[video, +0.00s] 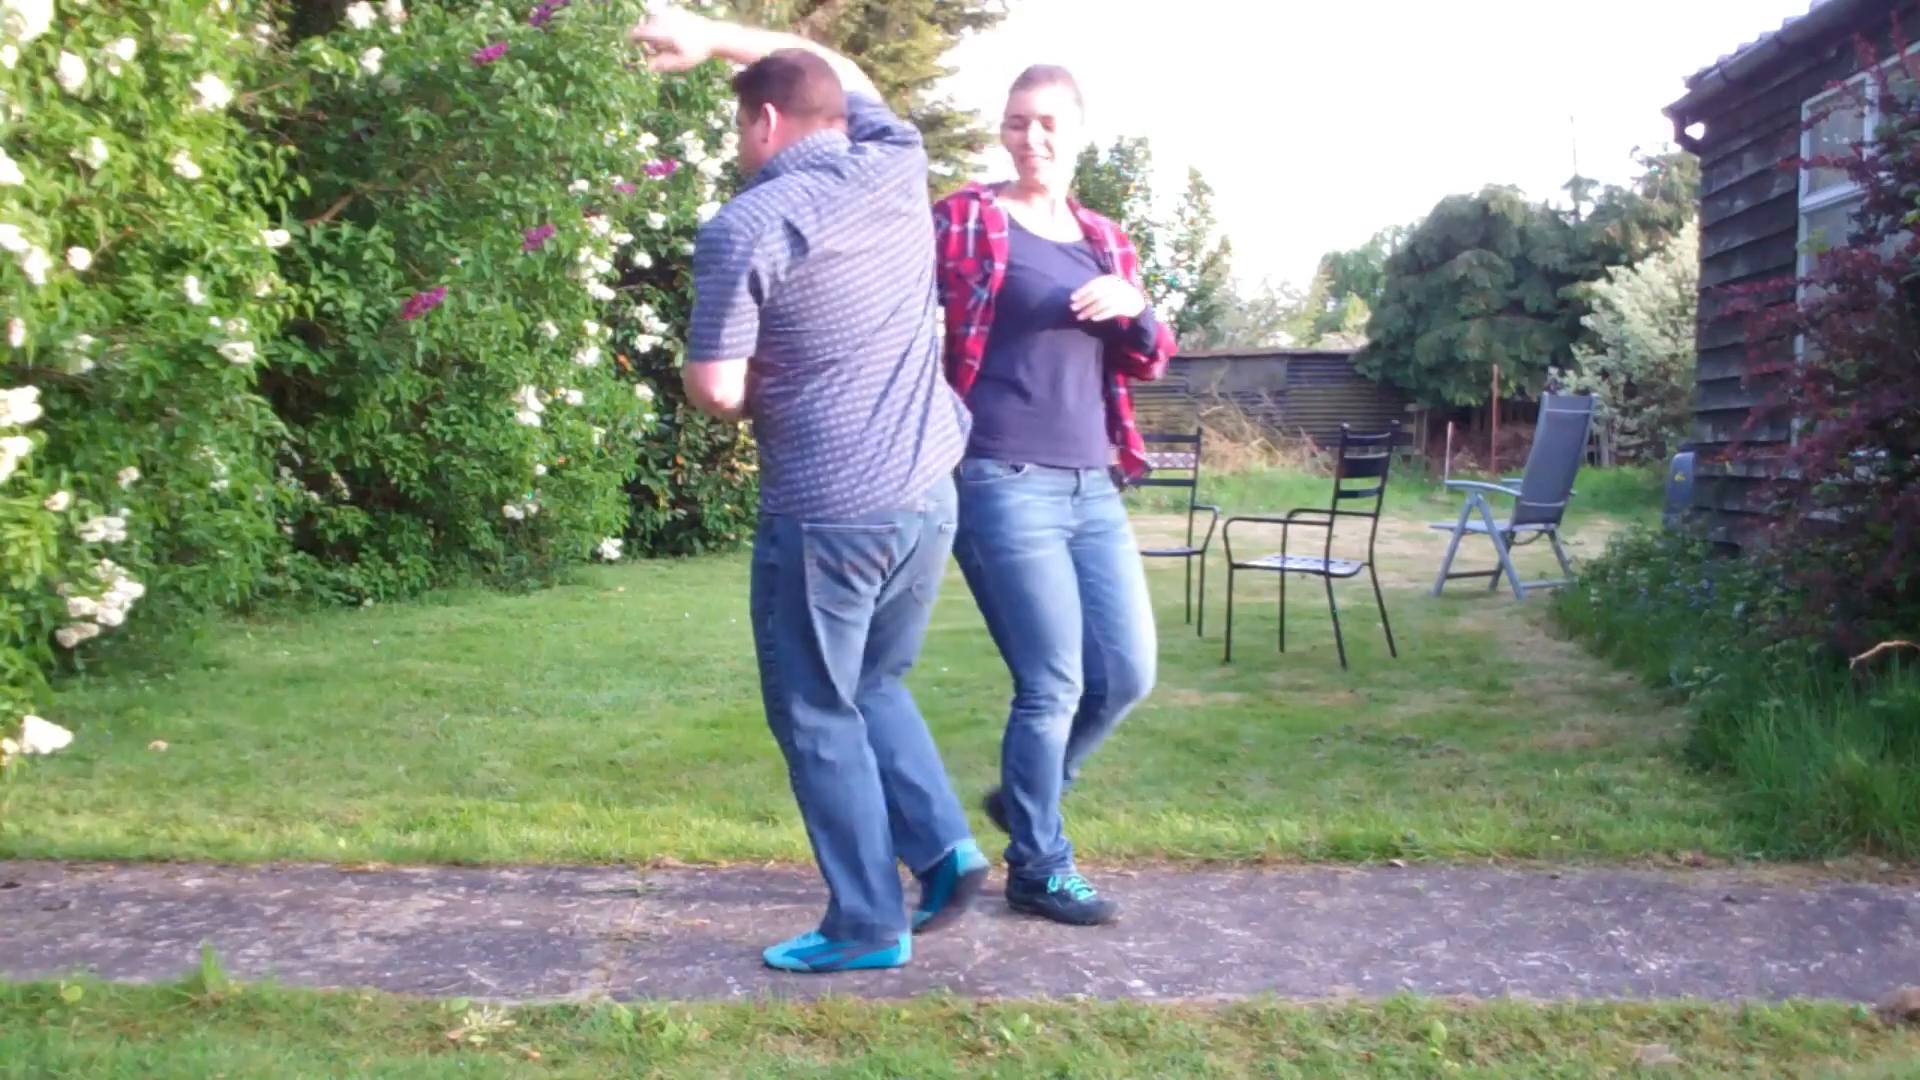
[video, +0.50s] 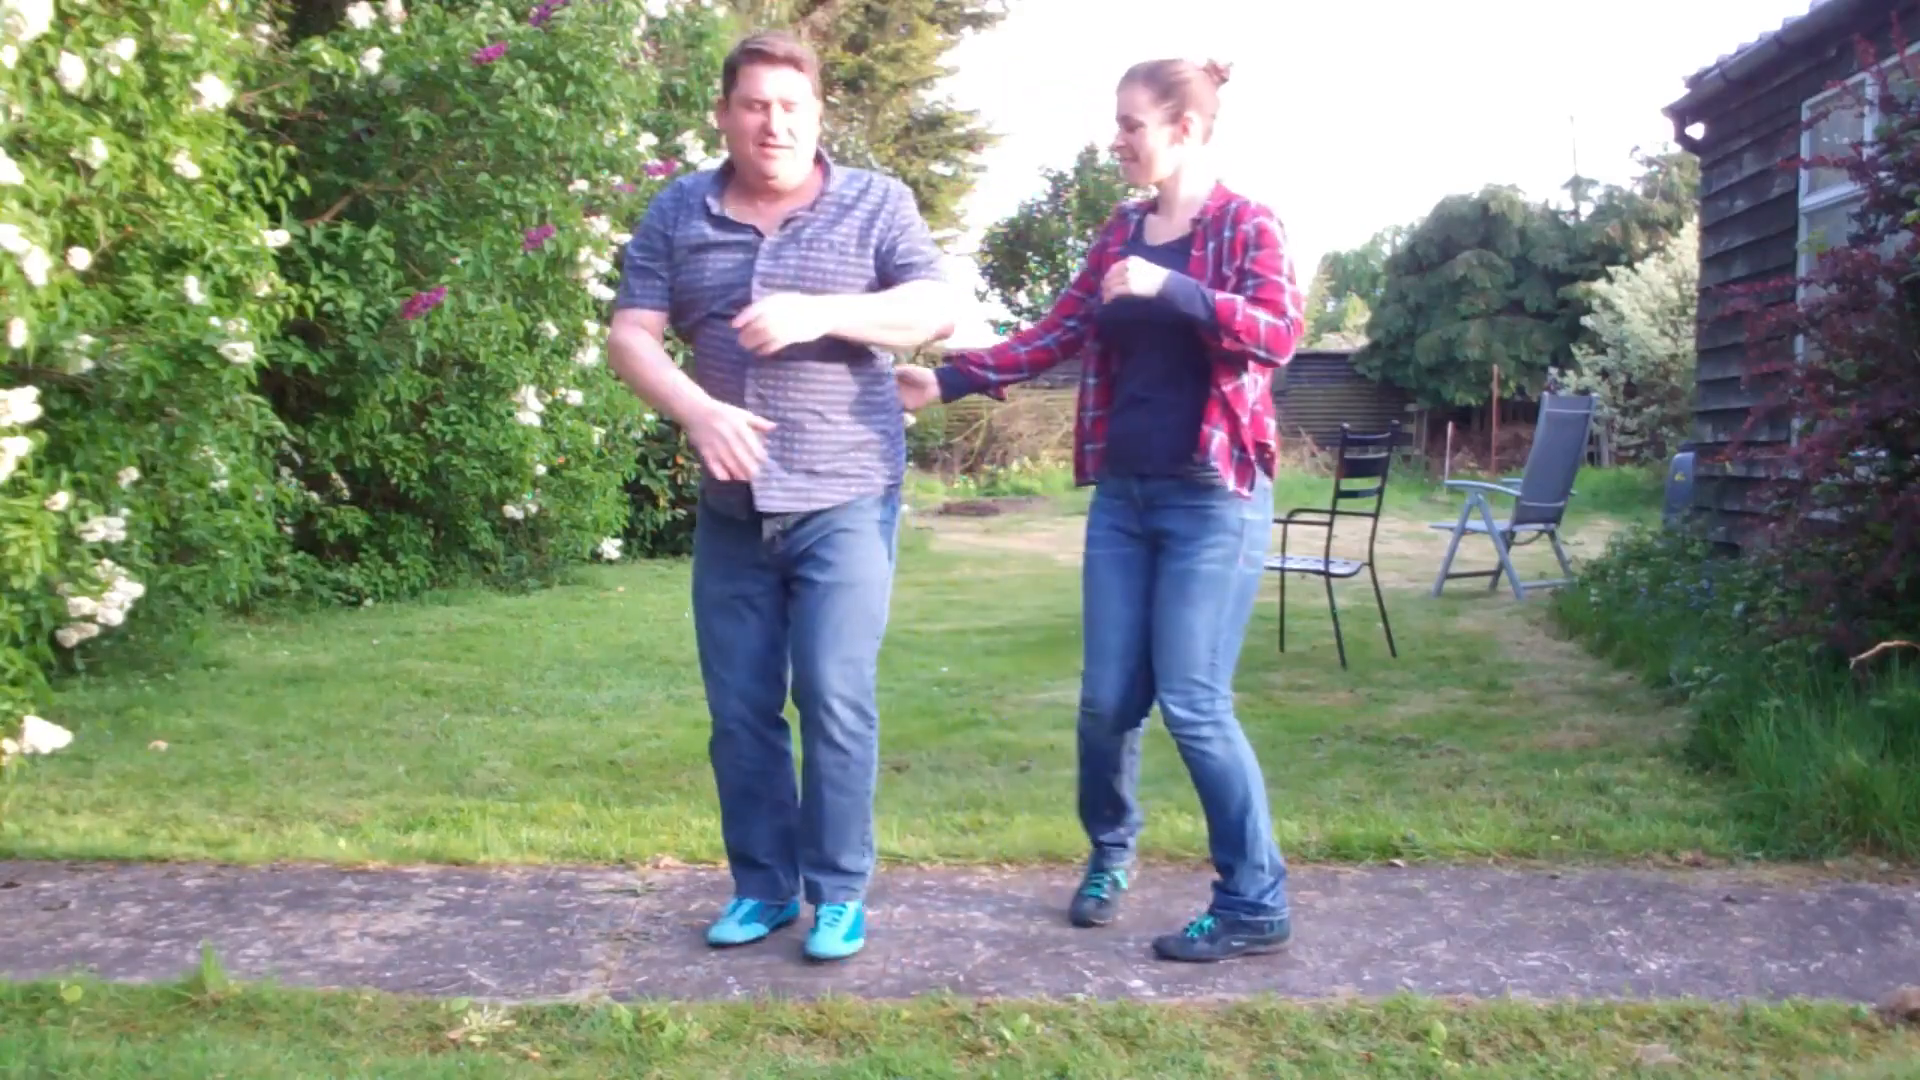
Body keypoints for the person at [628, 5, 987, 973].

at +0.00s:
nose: (737, 140)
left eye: (738, 120)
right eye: (737, 122)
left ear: (766, 121)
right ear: (829, 112)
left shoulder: (747, 226)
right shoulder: (896, 163)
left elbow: (716, 387)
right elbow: (837, 75)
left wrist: (769, 388)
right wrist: (711, 42)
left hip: (828, 515)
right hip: (930, 493)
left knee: (814, 714)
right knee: (877, 678)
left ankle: (869, 925)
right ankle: (944, 850)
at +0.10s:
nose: (726, 139)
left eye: (729, 125)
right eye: (725, 126)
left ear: (765, 117)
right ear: (808, 107)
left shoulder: (774, 214)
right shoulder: (875, 158)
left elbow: (720, 371)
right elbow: (763, 115)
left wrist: (702, 346)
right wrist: (665, 115)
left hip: (833, 503)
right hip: (902, 475)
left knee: (804, 699)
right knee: (785, 670)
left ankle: (865, 924)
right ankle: (886, 859)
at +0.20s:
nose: (713, 137)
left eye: (719, 118)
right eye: (710, 121)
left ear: (764, 111)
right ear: (782, 108)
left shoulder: (818, 195)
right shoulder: (797, 176)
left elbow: (754, 340)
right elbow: (718, 175)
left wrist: (697, 328)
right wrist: (624, 193)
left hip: (838, 493)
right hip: (790, 490)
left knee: (807, 704)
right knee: (751, 687)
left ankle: (865, 914)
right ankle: (787, 874)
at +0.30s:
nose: (713, 126)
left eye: (728, 109)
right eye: (708, 110)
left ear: (791, 106)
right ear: (716, 113)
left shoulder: (855, 194)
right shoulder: (728, 190)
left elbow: (827, 318)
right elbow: (655, 244)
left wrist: (718, 318)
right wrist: (605, 274)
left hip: (844, 491)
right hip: (754, 491)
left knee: (815, 697)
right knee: (742, 691)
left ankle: (861, 904)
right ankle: (761, 877)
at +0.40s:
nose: (733, 121)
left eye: (754, 104)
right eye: (721, 103)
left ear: (807, 109)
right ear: (710, 109)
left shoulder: (868, 197)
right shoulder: (695, 200)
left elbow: (896, 313)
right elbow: (628, 294)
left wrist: (757, 315)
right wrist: (624, 354)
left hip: (844, 491)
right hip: (738, 497)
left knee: (816, 693)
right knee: (742, 701)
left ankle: (845, 897)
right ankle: (764, 884)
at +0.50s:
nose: (770, 121)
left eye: (788, 106)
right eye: (752, 105)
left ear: (818, 117)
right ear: (723, 116)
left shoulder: (874, 202)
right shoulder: (681, 209)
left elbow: (940, 308)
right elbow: (629, 336)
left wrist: (819, 315)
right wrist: (697, 411)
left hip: (846, 500)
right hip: (732, 502)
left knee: (832, 694)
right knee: (739, 706)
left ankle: (839, 888)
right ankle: (764, 883)